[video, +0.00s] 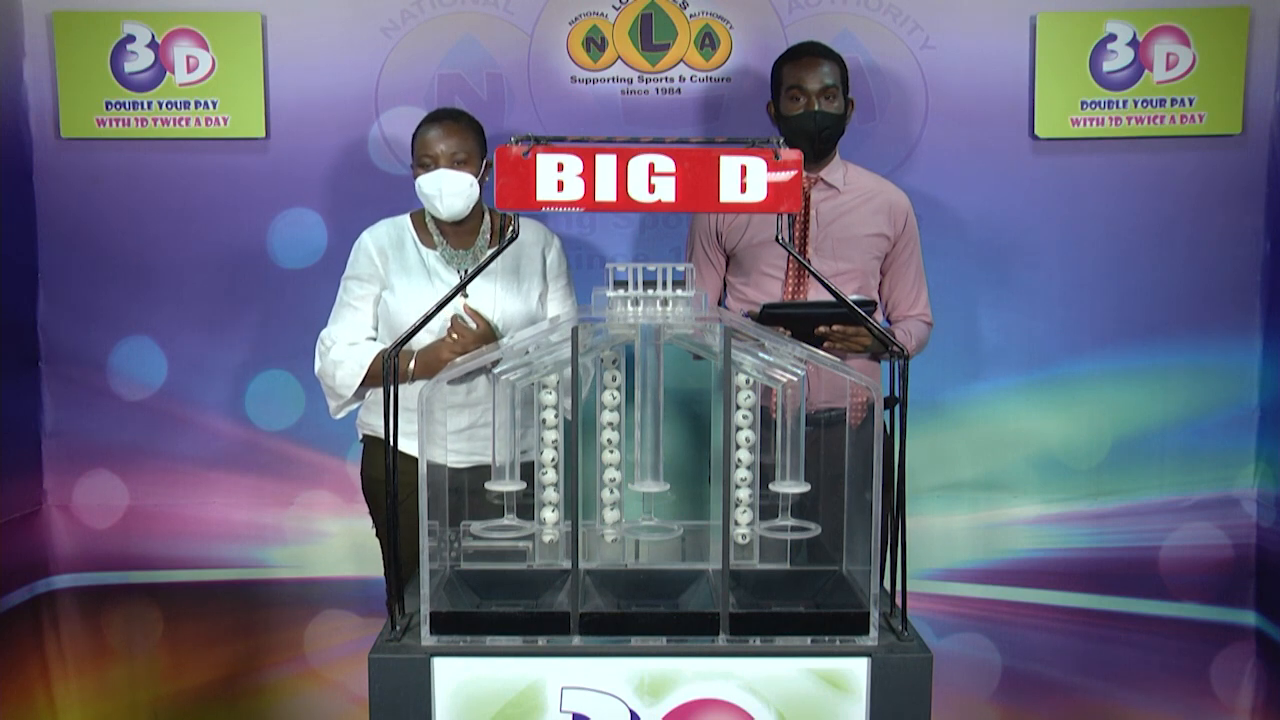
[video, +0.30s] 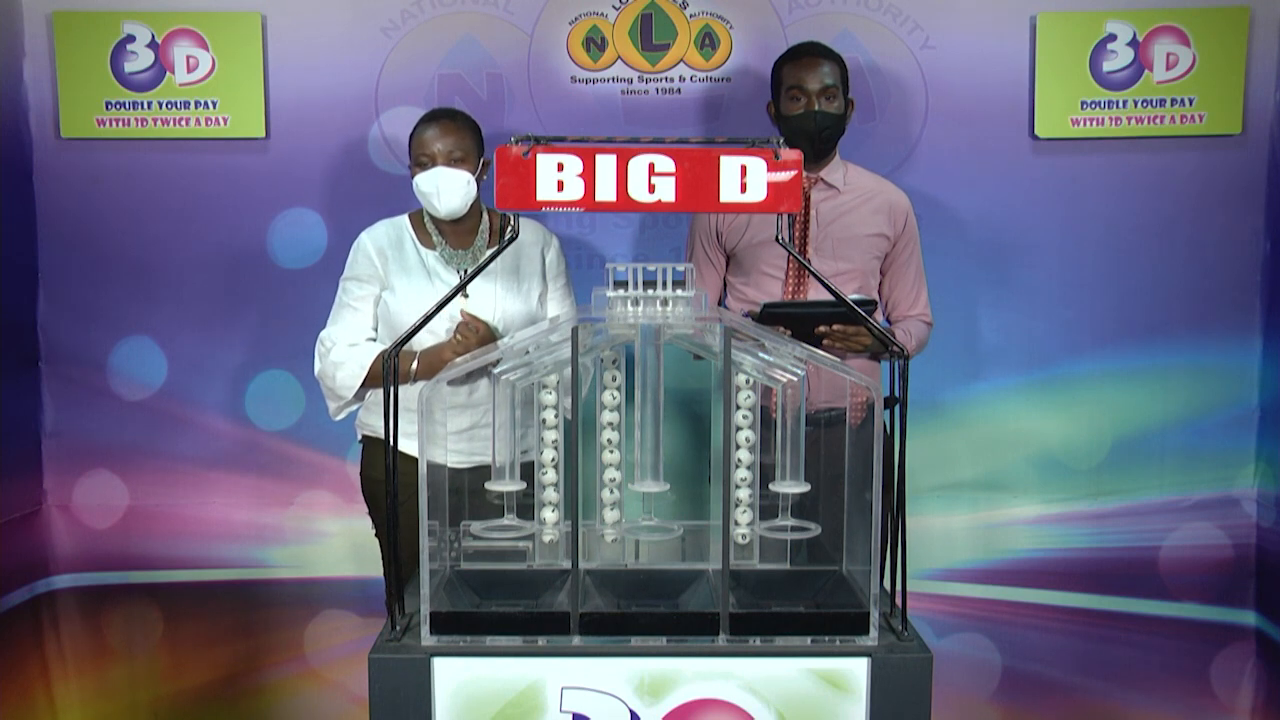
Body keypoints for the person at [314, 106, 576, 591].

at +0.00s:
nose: (445, 179)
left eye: (459, 163)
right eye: (430, 166)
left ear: (483, 166)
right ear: (415, 171)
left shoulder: (537, 246)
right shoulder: (379, 246)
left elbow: (566, 354)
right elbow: (336, 360)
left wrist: (500, 352)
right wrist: (417, 362)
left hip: (507, 461)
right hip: (405, 461)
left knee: (502, 617)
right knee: (416, 616)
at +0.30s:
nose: (442, 177)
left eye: (456, 161)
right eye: (427, 164)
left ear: (480, 166)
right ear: (412, 171)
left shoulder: (535, 244)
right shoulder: (378, 247)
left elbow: (566, 349)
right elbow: (336, 360)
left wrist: (500, 351)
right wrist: (423, 362)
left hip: (506, 460)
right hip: (405, 460)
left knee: (502, 612)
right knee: (416, 611)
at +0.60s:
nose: (442, 178)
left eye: (456, 163)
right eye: (427, 165)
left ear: (480, 167)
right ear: (412, 172)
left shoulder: (535, 245)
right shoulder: (378, 247)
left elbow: (565, 349)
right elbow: (337, 362)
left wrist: (500, 354)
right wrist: (428, 360)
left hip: (507, 461)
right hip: (405, 461)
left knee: (502, 616)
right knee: (416, 615)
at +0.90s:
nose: (441, 179)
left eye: (455, 163)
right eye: (427, 165)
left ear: (481, 167)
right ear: (413, 172)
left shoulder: (537, 246)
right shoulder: (379, 248)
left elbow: (566, 352)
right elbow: (336, 361)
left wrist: (495, 355)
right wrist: (417, 362)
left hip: (505, 462)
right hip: (404, 462)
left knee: (500, 613)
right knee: (414, 612)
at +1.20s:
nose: (441, 177)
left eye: (455, 161)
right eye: (428, 164)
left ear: (482, 167)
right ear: (414, 173)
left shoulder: (538, 247)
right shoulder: (381, 248)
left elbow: (567, 356)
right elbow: (337, 359)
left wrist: (493, 356)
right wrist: (412, 361)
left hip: (506, 464)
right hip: (404, 464)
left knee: (500, 617)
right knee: (415, 614)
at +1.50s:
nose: (440, 178)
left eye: (455, 163)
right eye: (427, 165)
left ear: (484, 167)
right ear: (415, 171)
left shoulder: (539, 247)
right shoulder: (383, 247)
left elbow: (568, 360)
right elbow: (337, 359)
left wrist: (493, 358)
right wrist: (416, 362)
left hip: (506, 465)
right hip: (403, 465)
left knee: (499, 619)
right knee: (414, 616)